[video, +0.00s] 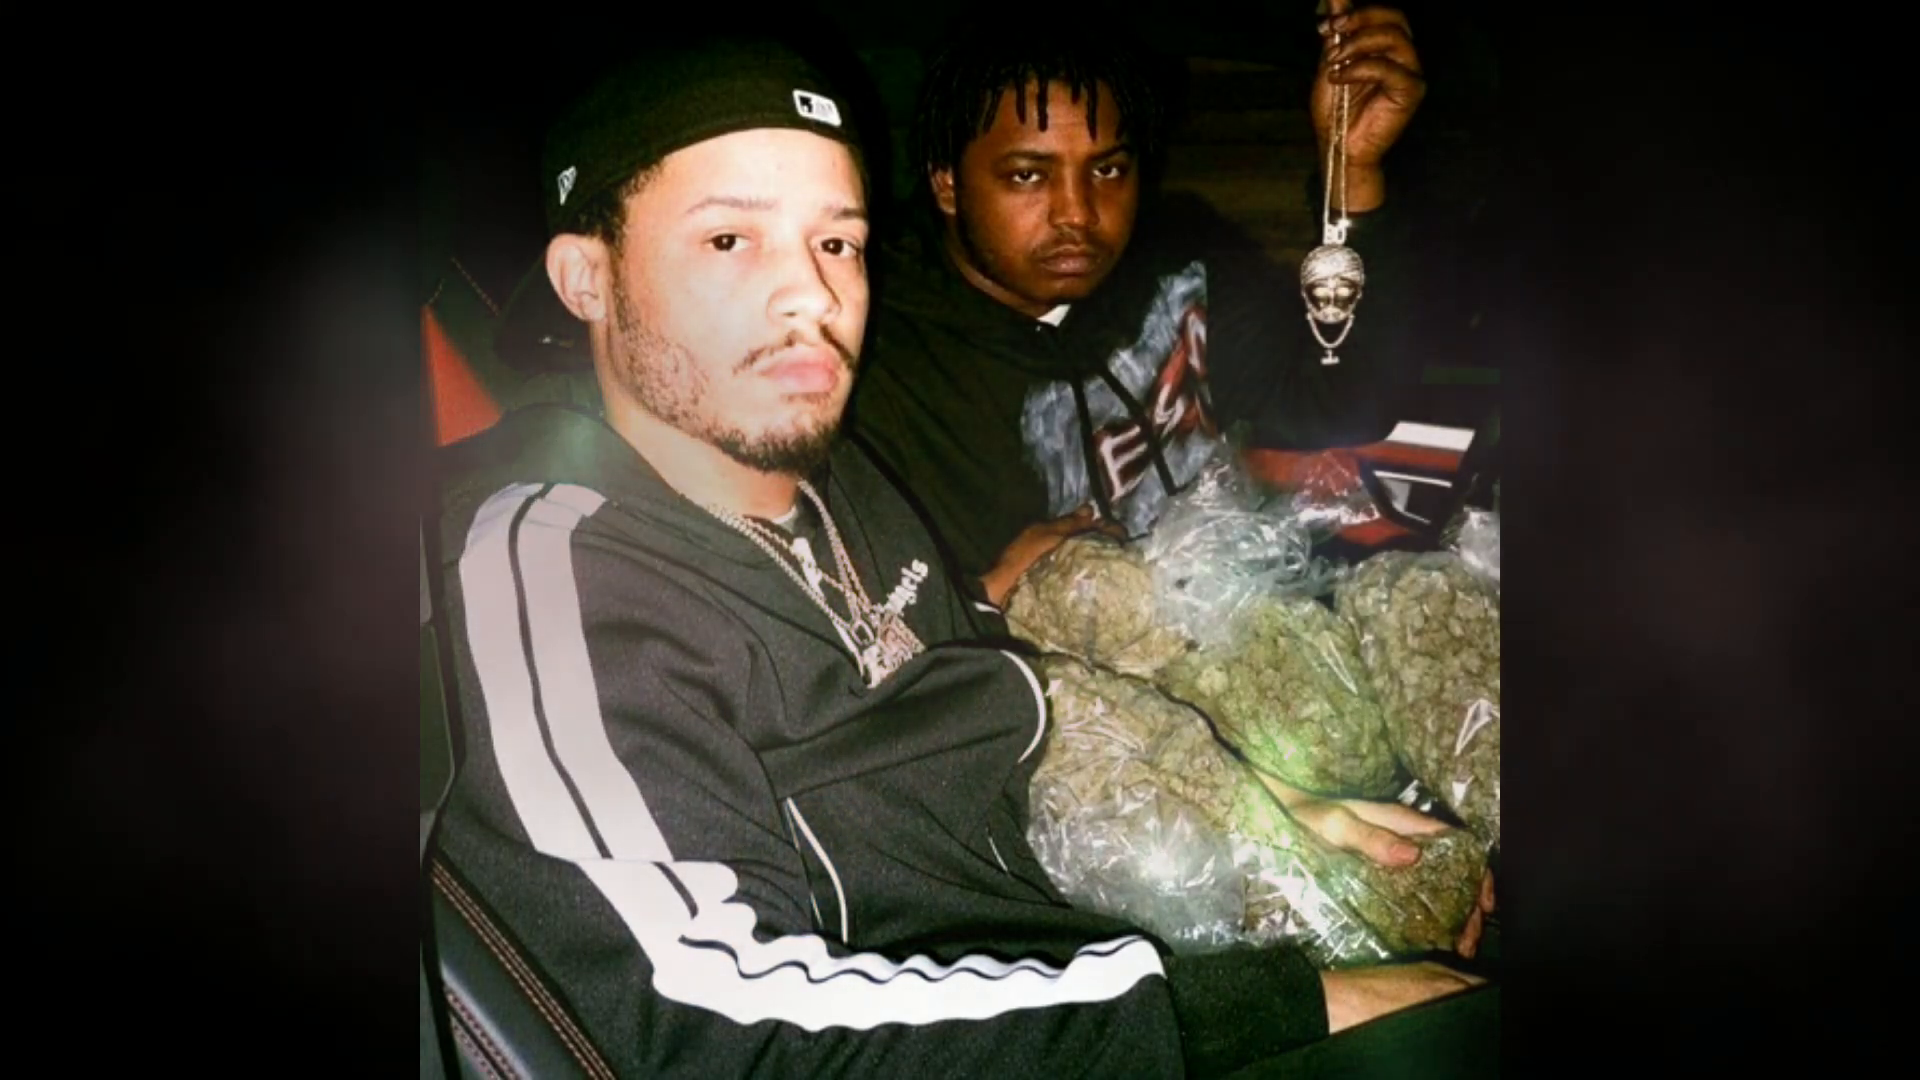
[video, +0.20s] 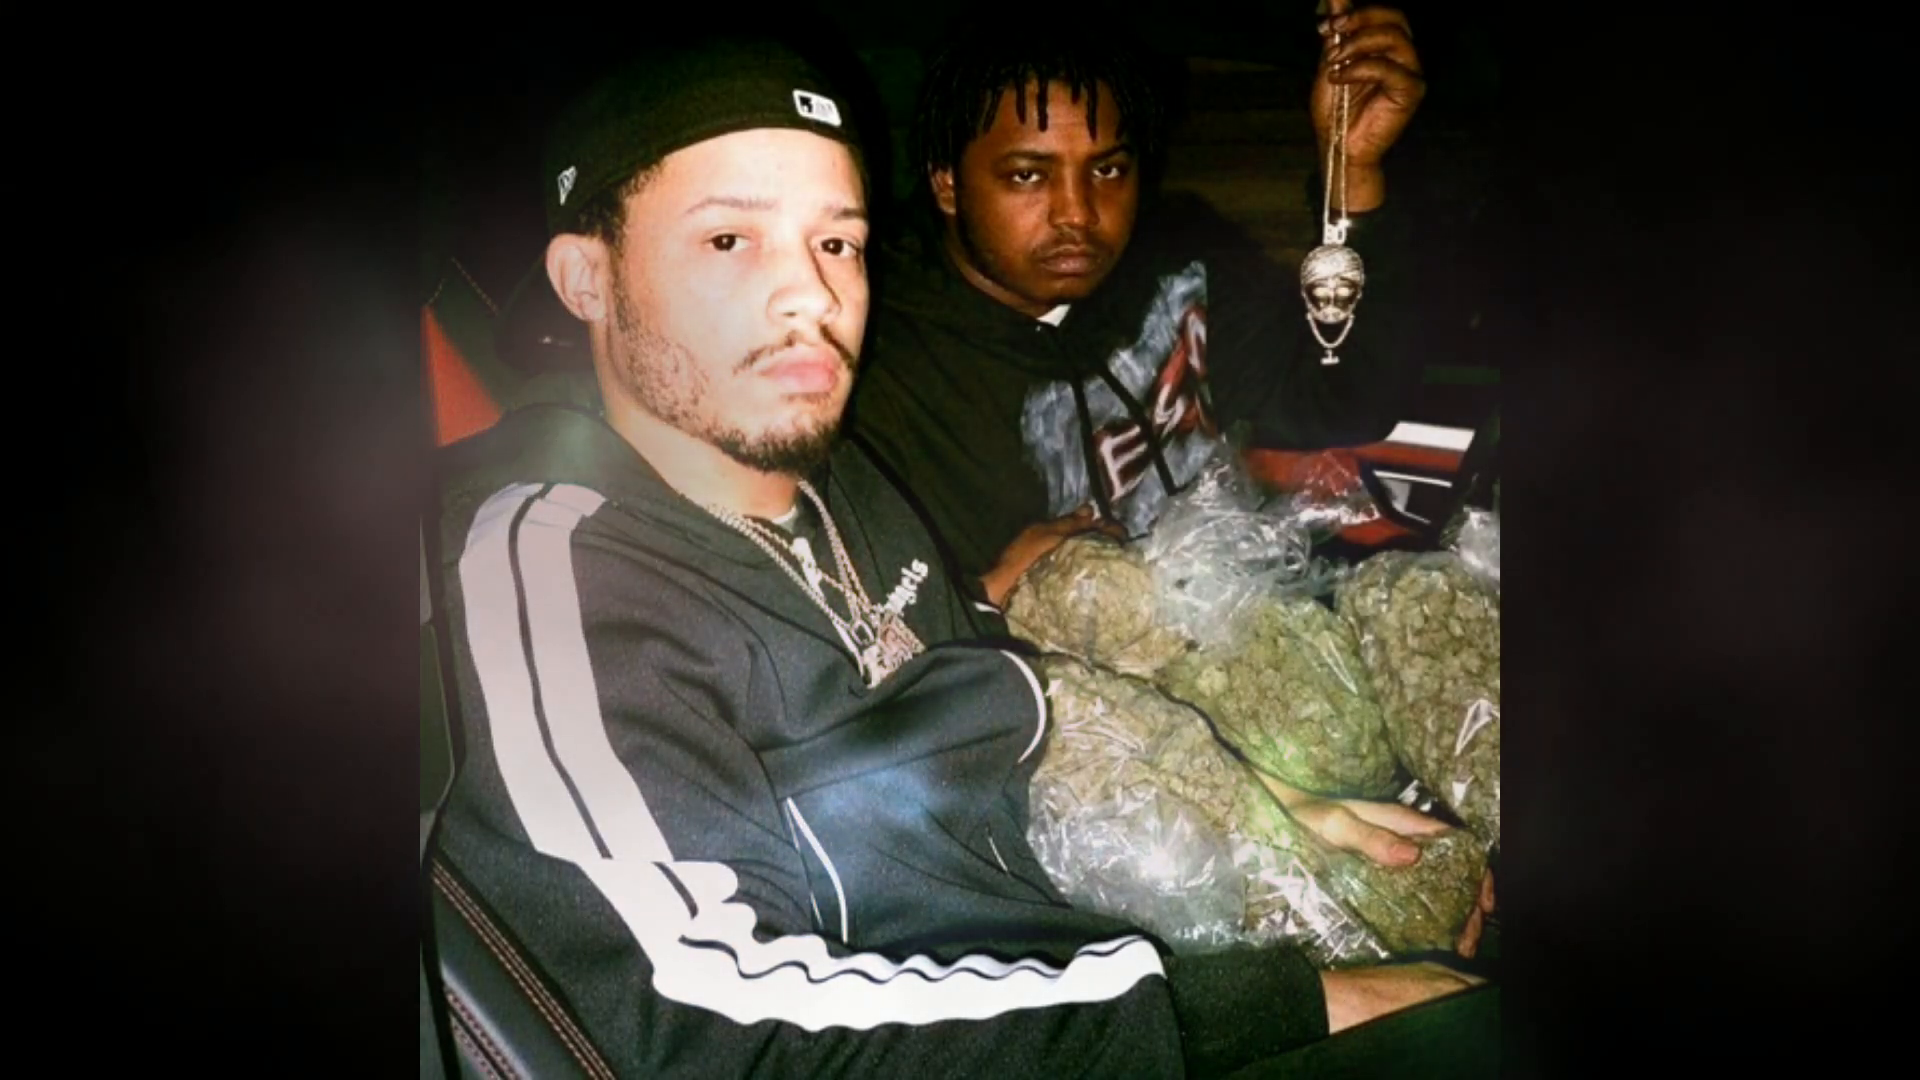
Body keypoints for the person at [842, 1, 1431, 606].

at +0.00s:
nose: (1077, 217)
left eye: (1108, 171)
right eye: (1028, 176)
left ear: (1141, 172)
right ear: (946, 187)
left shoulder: (1180, 255)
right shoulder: (892, 373)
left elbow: (1345, 408)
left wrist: (1352, 171)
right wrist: (990, 594)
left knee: (1429, 604)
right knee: (1079, 581)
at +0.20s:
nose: (1077, 216)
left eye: (1107, 171)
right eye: (1028, 176)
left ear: (1140, 173)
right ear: (946, 187)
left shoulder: (1181, 253)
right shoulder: (894, 379)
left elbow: (1351, 415)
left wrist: (1353, 173)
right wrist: (991, 595)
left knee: (1428, 602)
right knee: (1078, 584)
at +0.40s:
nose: (1077, 217)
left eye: (1107, 171)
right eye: (1029, 176)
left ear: (1140, 173)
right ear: (946, 187)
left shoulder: (1178, 254)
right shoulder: (890, 372)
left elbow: (1349, 410)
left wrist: (1353, 171)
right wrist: (991, 594)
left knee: (1427, 601)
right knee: (1080, 582)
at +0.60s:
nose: (1077, 217)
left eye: (1107, 171)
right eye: (1029, 176)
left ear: (1140, 173)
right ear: (946, 188)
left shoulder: (1176, 256)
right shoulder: (886, 374)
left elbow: (1349, 408)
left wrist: (1353, 171)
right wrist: (990, 596)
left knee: (1431, 603)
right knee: (1083, 584)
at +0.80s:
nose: (1077, 217)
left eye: (1107, 171)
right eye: (1029, 176)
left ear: (1140, 175)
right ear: (945, 188)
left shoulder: (1173, 271)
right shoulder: (886, 374)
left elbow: (1350, 406)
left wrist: (1353, 172)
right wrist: (990, 596)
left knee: (1426, 601)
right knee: (1082, 583)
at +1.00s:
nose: (1077, 216)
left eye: (1108, 171)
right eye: (1029, 175)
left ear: (1140, 175)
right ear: (945, 187)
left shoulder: (1176, 268)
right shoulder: (889, 371)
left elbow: (1343, 411)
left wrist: (1353, 173)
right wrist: (989, 597)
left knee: (1428, 603)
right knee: (1083, 584)